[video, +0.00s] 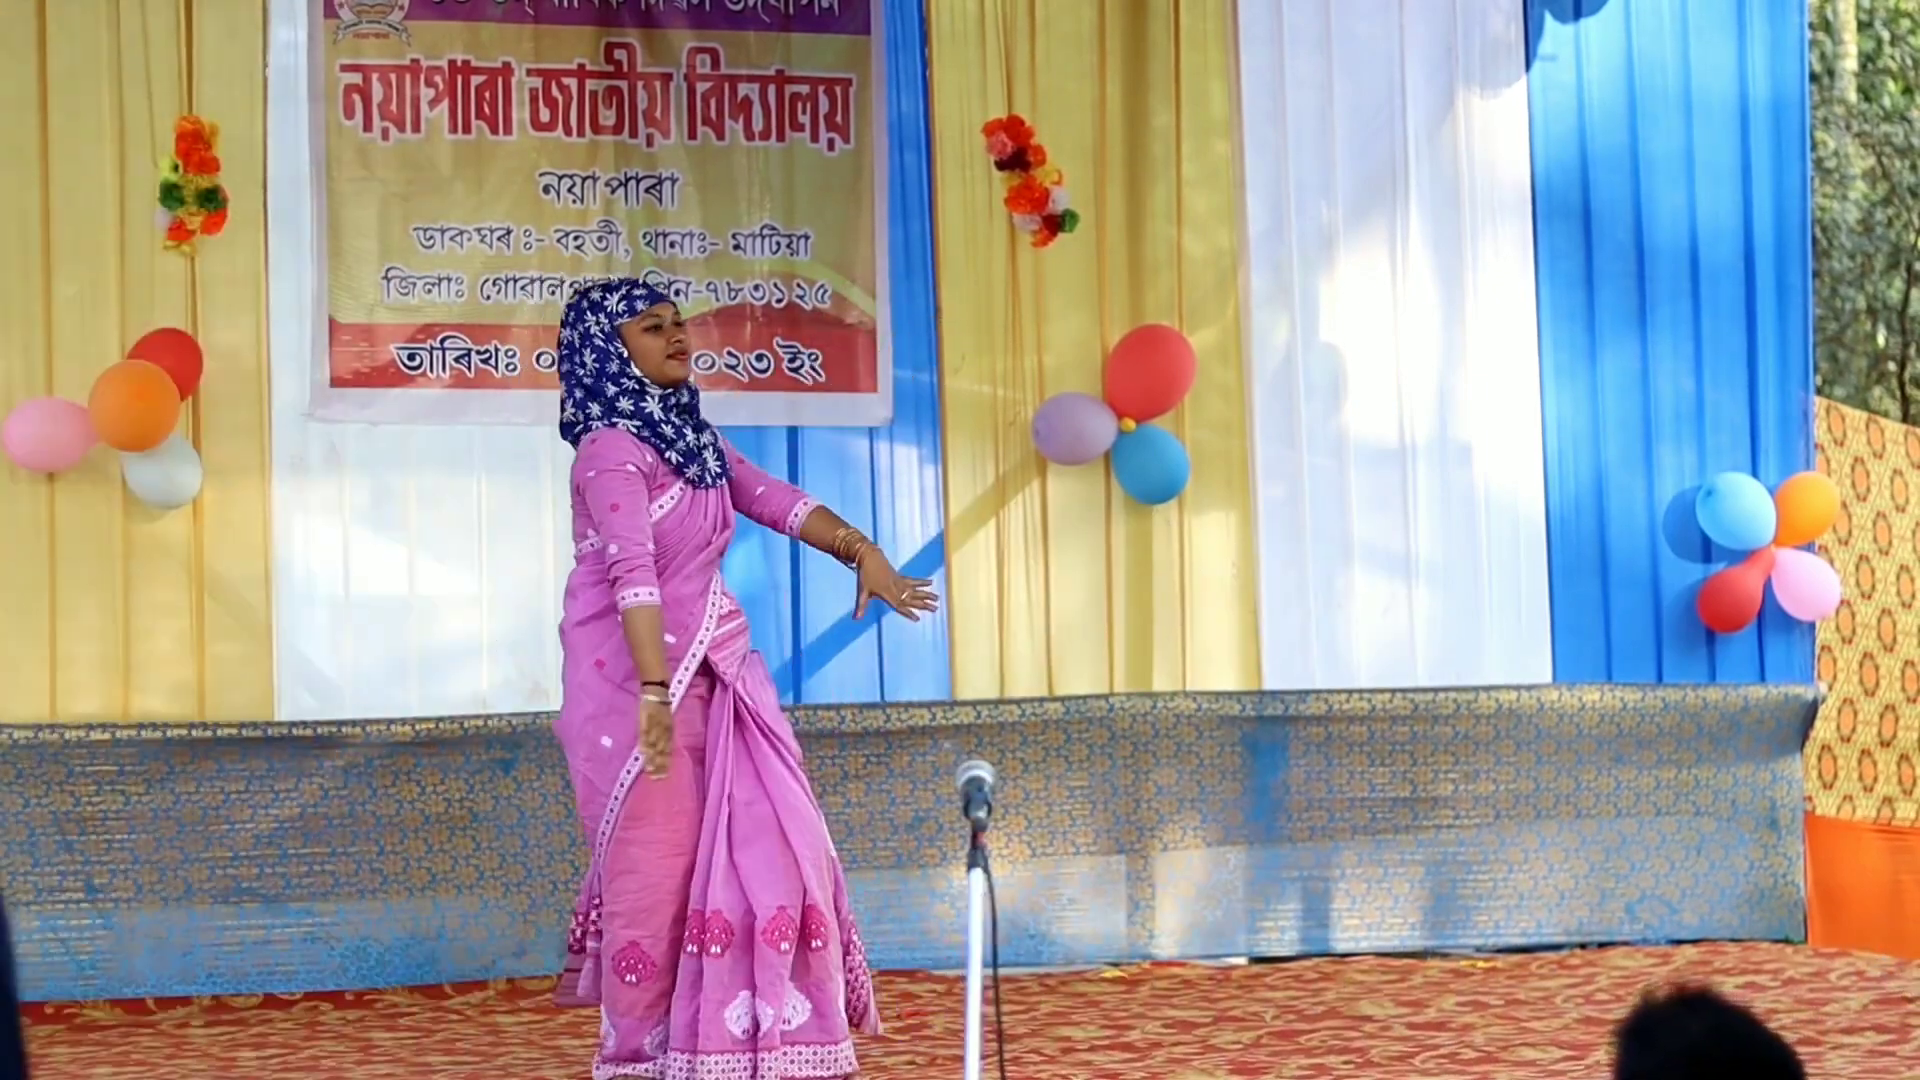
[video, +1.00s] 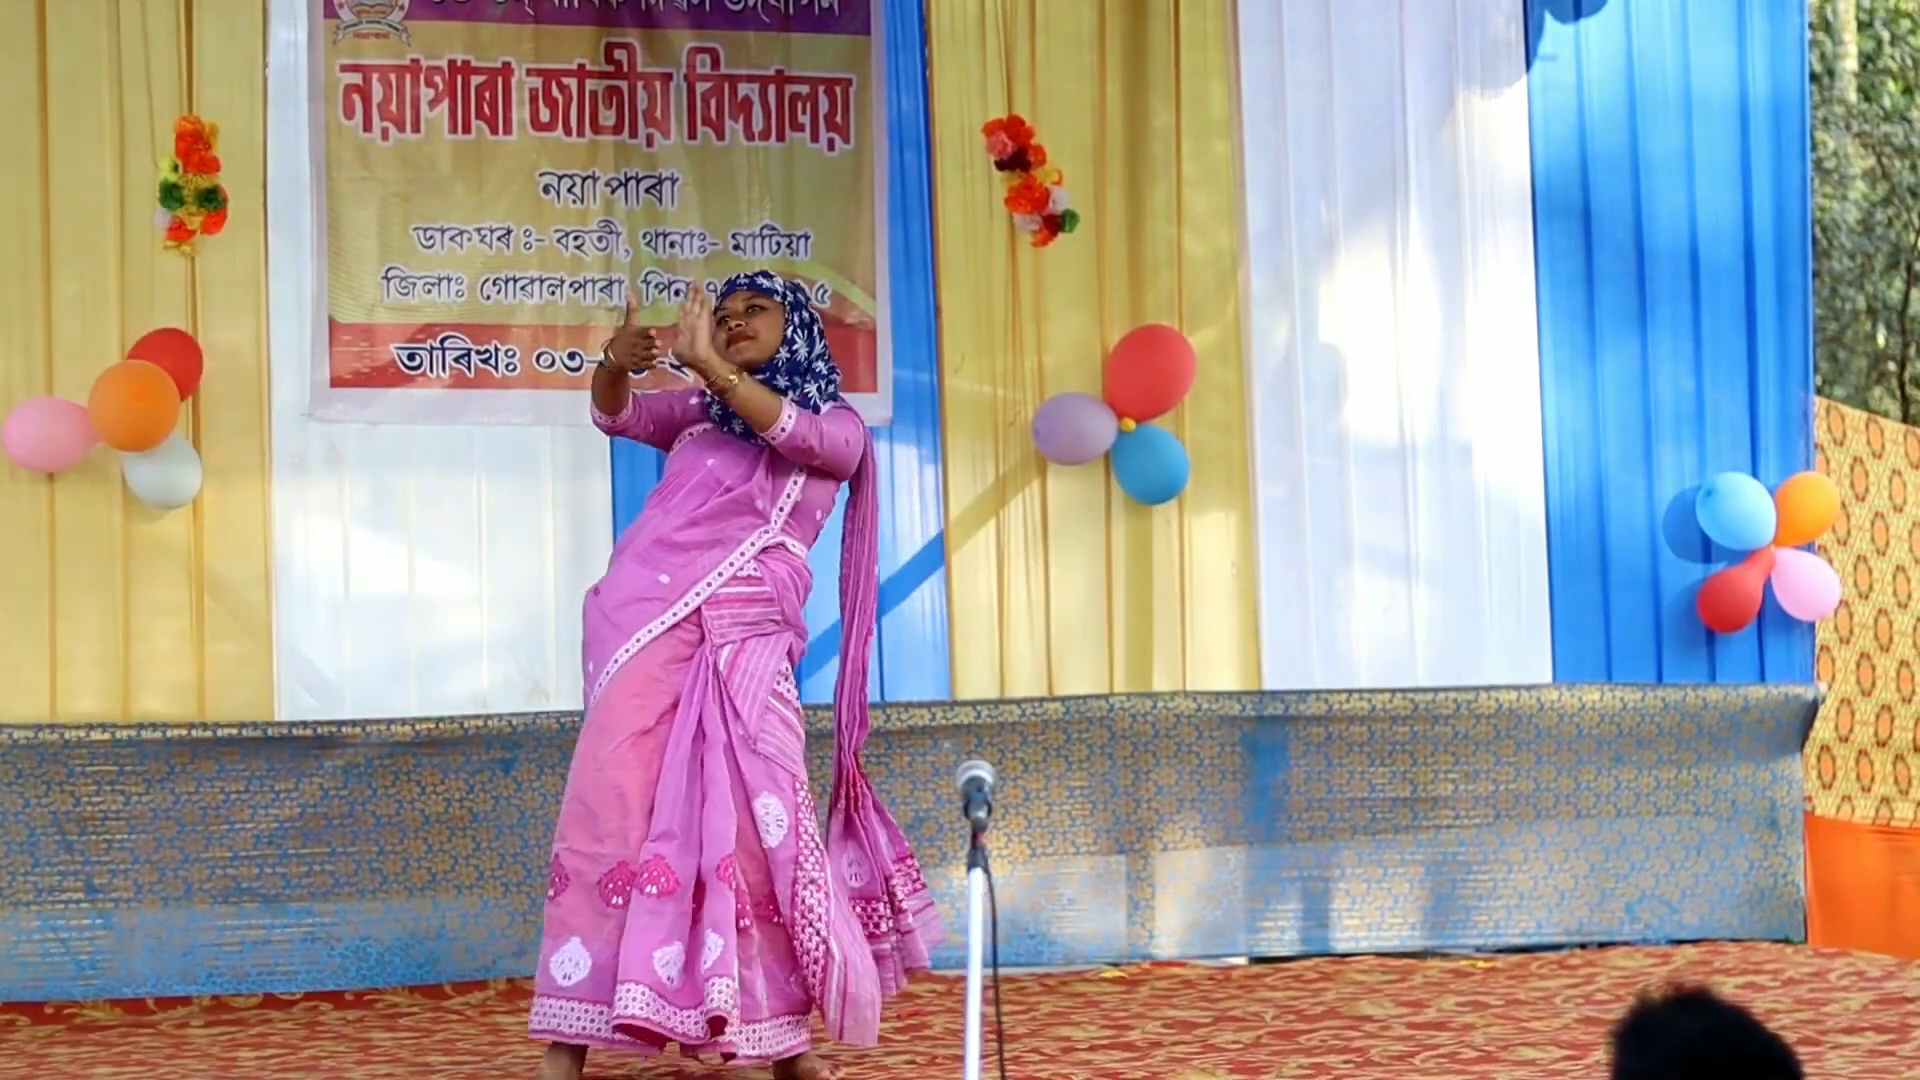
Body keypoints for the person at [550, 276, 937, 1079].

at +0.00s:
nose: (679, 339)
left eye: (677, 326)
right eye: (657, 330)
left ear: (678, 341)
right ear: (611, 353)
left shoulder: (689, 435)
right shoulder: (612, 450)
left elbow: (772, 498)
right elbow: (632, 576)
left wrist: (862, 550)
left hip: (711, 669)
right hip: (631, 678)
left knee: (760, 839)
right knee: (659, 857)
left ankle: (759, 1041)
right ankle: (642, 1049)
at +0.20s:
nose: (691, 304)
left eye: (696, 290)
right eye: (667, 296)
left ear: (711, 303)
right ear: (631, 320)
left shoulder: (743, 410)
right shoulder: (609, 404)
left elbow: (825, 493)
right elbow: (521, 476)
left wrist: (924, 527)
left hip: (733, 653)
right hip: (632, 659)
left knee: (763, 831)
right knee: (643, 852)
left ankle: (759, 1040)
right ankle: (648, 1042)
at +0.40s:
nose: (707, 295)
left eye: (720, 283)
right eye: (689, 286)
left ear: (746, 303)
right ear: (660, 309)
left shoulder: (768, 404)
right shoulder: (630, 388)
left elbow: (865, 474)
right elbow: (528, 445)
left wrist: (926, 400)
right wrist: (531, 349)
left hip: (766, 638)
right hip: (663, 639)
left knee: (777, 821)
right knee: (648, 833)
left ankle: (775, 1030)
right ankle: (641, 1038)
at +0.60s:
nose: (724, 337)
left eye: (740, 322)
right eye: (709, 329)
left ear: (778, 339)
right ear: (691, 350)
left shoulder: (801, 439)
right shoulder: (668, 421)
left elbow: (905, 484)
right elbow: (573, 401)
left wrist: (886, 391)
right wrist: (684, 392)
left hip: (789, 656)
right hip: (687, 658)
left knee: (797, 839)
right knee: (678, 841)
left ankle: (781, 1045)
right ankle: (668, 1047)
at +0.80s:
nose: (733, 364)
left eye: (753, 350)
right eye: (721, 354)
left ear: (793, 373)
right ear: (707, 376)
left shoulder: (814, 469)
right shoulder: (682, 451)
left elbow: (888, 492)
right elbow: (588, 431)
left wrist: (847, 412)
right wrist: (667, 399)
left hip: (798, 688)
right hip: (689, 687)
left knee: (827, 836)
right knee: (678, 809)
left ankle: (808, 1023)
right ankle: (678, 1016)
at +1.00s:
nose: (734, 328)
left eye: (755, 313)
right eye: (724, 318)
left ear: (800, 334)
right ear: (715, 338)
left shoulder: (842, 430)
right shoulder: (694, 415)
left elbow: (783, 425)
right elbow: (613, 410)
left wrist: (709, 366)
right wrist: (617, 364)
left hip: (748, 642)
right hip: (643, 632)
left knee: (767, 825)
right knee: (602, 816)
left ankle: (793, 1045)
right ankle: (564, 1046)